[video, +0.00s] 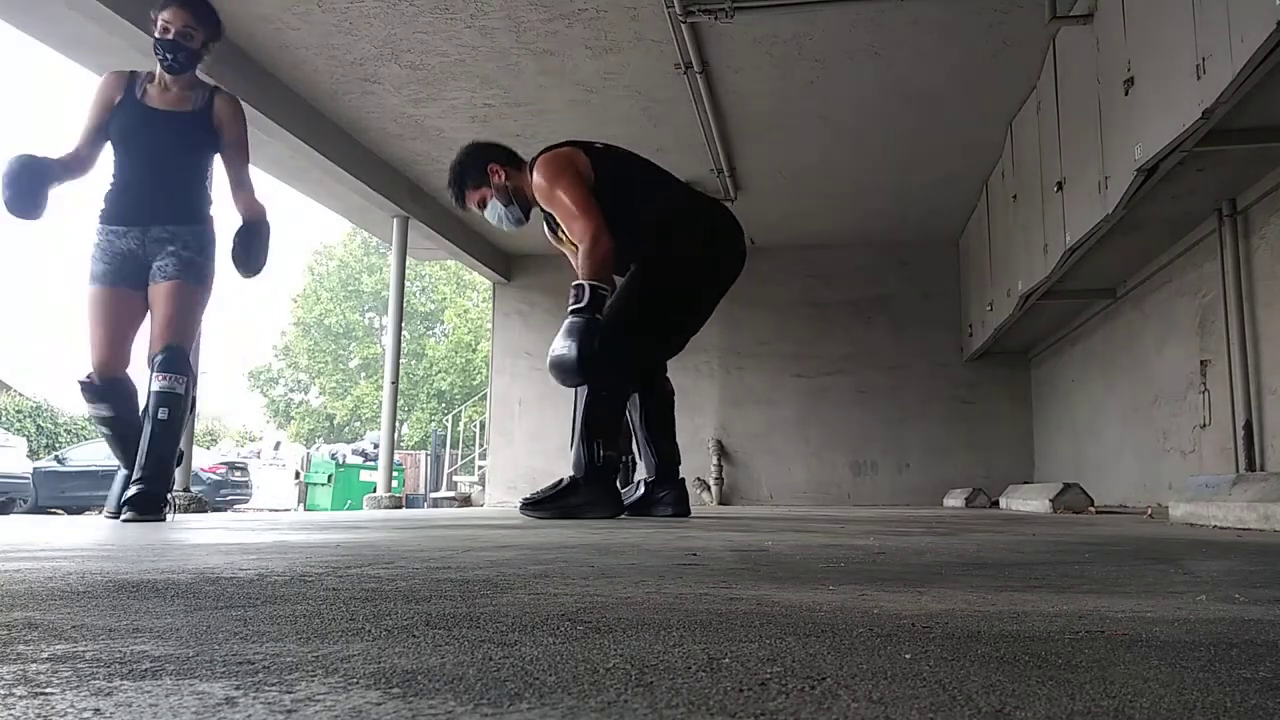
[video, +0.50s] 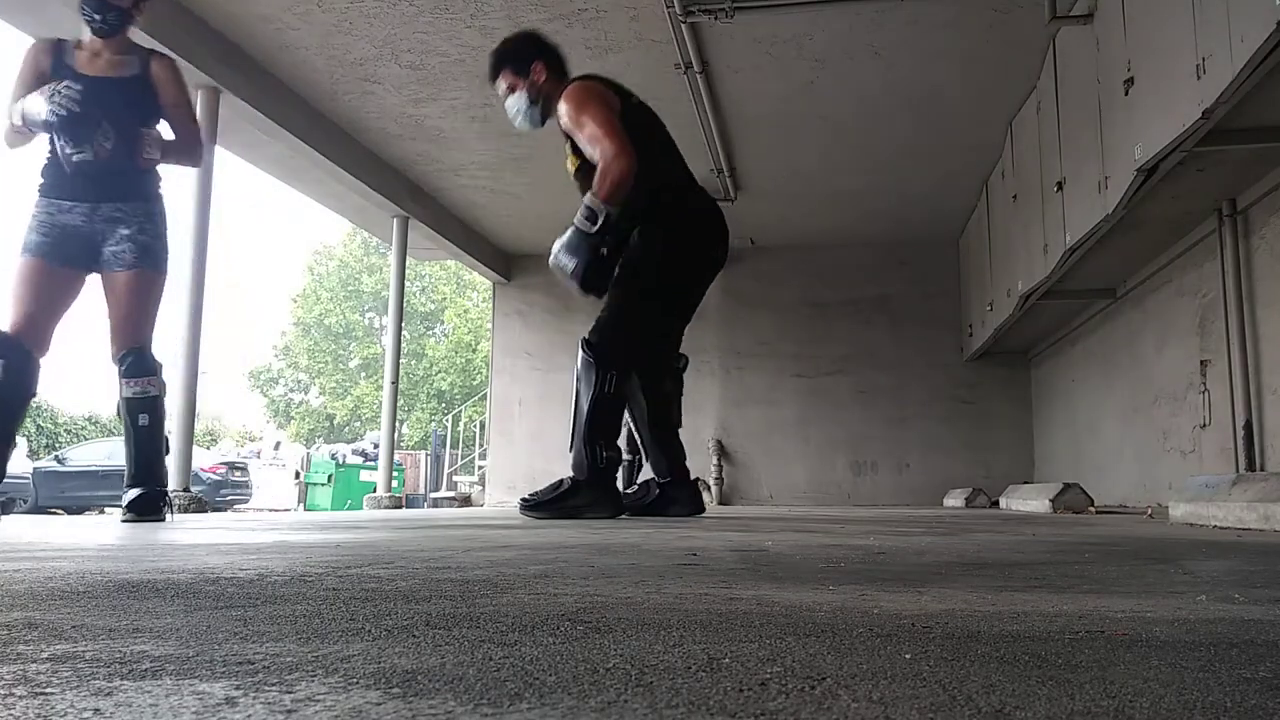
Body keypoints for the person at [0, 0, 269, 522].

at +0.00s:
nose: (172, 39)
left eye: (187, 33)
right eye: (166, 27)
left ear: (205, 45)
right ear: (153, 31)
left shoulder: (220, 105)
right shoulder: (119, 85)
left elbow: (241, 182)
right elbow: (81, 158)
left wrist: (255, 220)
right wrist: (44, 170)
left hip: (184, 237)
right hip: (118, 233)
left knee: (169, 361)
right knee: (103, 375)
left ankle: (151, 489)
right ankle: (138, 469)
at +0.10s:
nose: (160, 32)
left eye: (175, 24)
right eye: (152, 20)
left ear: (198, 34)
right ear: (142, 23)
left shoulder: (214, 94)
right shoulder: (114, 82)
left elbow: (228, 176)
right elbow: (86, 151)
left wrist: (201, 195)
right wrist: (66, 155)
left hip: (178, 233)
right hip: (114, 228)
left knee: (166, 359)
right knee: (79, 359)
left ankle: (150, 490)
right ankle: (121, 465)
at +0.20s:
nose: (149, 19)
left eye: (164, 12)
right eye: (142, 10)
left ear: (188, 23)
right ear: (132, 17)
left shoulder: (204, 84)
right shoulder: (107, 76)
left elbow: (221, 160)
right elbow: (87, 151)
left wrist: (191, 168)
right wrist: (80, 136)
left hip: (171, 224)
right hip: (108, 221)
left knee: (161, 354)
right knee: (62, 347)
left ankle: (150, 487)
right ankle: (81, 475)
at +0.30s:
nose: (136, 7)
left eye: (153, 2)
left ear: (175, 14)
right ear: (116, 8)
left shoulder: (192, 75)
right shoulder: (95, 71)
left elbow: (213, 157)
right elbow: (71, 154)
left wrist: (169, 154)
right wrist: (65, 123)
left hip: (164, 219)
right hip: (97, 217)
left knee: (156, 354)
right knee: (53, 348)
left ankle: (149, 488)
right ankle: (19, 482)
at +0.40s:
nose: (122, 9)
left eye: (138, 3)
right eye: (114, 1)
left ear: (161, 10)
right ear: (101, 7)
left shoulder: (178, 73)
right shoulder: (73, 63)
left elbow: (202, 156)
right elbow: (38, 145)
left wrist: (165, 147)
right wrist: (53, 114)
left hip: (151, 220)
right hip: (81, 216)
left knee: (149, 356)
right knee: (35, 353)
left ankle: (147, 489)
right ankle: (1, 479)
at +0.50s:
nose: (108, 10)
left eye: (121, 4)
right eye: (100, 3)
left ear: (138, 9)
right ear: (83, 6)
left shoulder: (158, 67)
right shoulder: (47, 54)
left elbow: (195, 149)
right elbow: (14, 135)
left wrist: (160, 147)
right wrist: (34, 108)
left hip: (133, 216)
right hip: (59, 211)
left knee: (133, 354)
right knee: (17, 346)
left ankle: (146, 489)